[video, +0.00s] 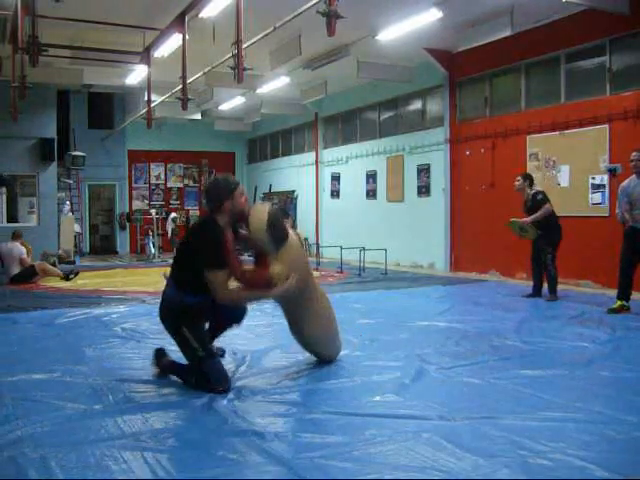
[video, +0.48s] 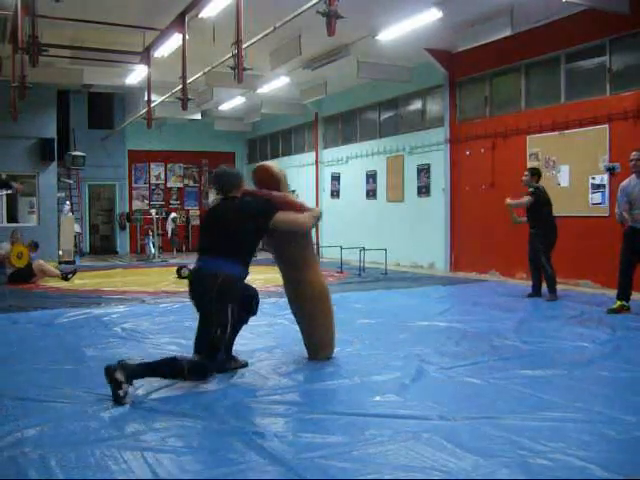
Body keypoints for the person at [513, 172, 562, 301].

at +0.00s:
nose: (515, 183)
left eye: (518, 181)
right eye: (515, 181)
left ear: (527, 183)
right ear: (525, 183)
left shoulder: (538, 194)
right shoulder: (527, 199)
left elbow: (548, 208)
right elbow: (535, 217)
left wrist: (529, 219)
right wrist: (524, 229)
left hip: (551, 230)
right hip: (539, 231)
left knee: (548, 260)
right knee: (536, 260)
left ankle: (552, 292)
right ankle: (536, 290)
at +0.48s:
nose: (523, 178)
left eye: (526, 176)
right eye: (523, 175)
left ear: (534, 178)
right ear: (534, 179)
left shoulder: (536, 191)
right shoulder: (540, 192)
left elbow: (527, 201)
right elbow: (537, 216)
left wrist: (511, 202)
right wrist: (519, 219)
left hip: (542, 230)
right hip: (537, 229)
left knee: (543, 259)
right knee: (534, 260)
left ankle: (552, 292)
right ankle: (536, 290)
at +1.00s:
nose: (538, 176)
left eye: (540, 174)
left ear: (541, 175)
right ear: (553, 177)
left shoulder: (535, 189)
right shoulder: (552, 191)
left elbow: (523, 174)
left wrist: (538, 167)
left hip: (535, 227)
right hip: (542, 225)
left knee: (538, 259)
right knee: (535, 259)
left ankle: (551, 291)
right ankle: (536, 289)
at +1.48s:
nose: (547, 177)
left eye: (550, 176)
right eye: (549, 175)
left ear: (552, 177)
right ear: (554, 177)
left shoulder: (549, 191)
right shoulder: (547, 189)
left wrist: (542, 226)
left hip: (549, 228)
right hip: (544, 227)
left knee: (548, 258)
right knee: (532, 257)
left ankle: (553, 292)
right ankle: (539, 287)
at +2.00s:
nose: (561, 182)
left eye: (564, 181)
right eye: (559, 179)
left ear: (566, 184)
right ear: (555, 179)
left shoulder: (565, 196)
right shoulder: (544, 186)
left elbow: (564, 216)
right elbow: (538, 172)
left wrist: (566, 205)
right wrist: (556, 170)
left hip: (553, 230)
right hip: (537, 227)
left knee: (553, 263)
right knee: (532, 262)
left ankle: (554, 293)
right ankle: (528, 290)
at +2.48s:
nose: (553, 177)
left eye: (556, 174)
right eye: (550, 175)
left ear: (560, 177)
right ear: (546, 178)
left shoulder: (567, 199)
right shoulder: (538, 194)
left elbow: (570, 217)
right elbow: (529, 209)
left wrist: (567, 226)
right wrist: (536, 217)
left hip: (557, 236)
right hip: (539, 234)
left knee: (555, 267)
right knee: (532, 264)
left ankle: (554, 293)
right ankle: (529, 291)